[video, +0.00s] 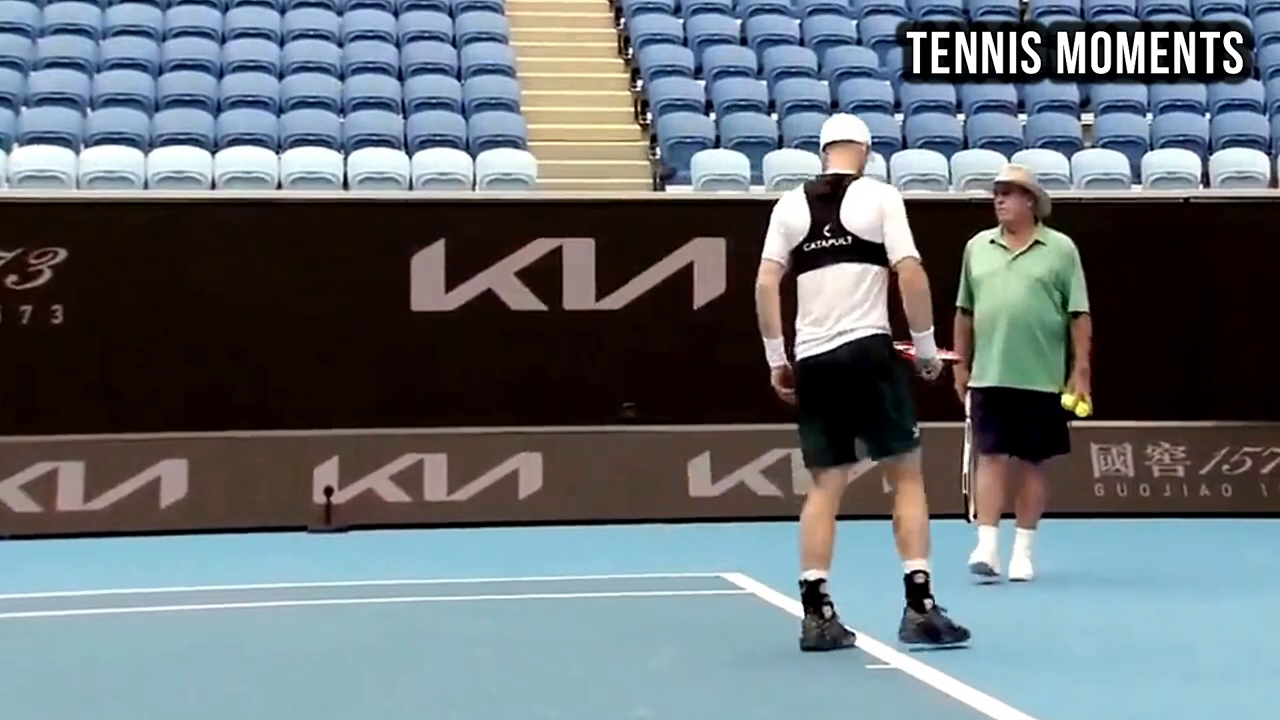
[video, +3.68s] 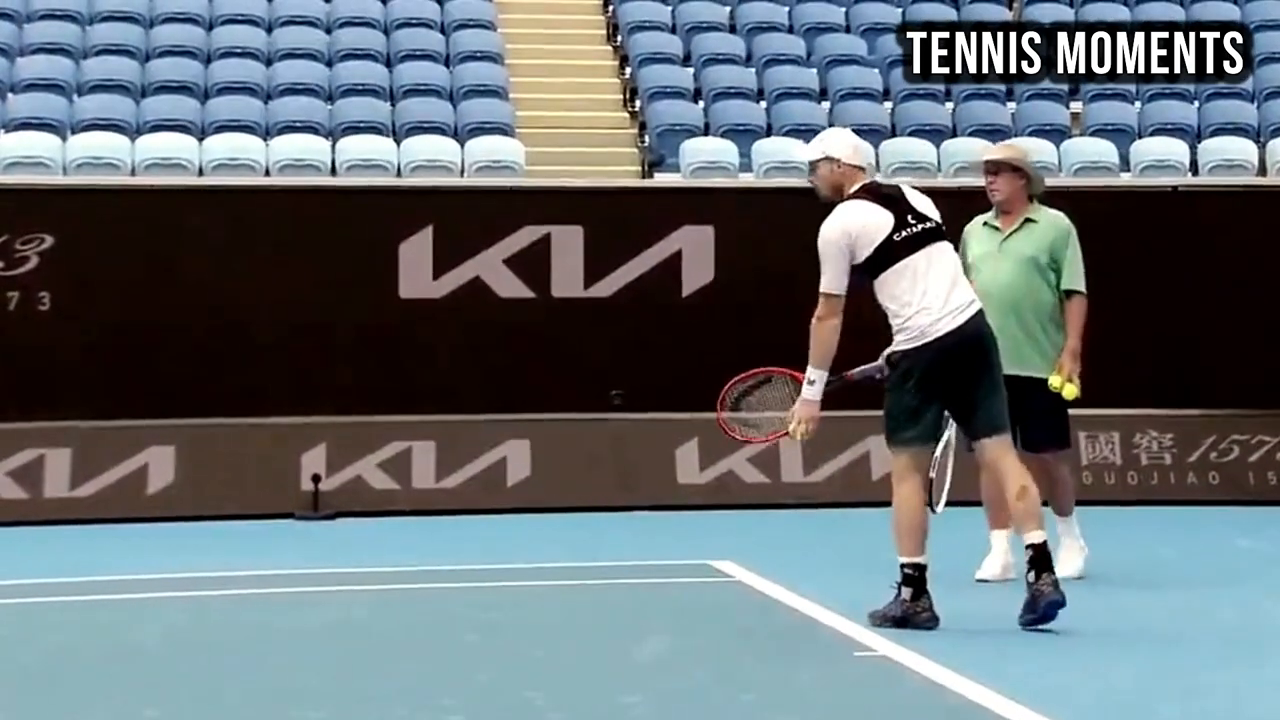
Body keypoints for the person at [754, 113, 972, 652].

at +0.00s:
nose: (864, 157)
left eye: (851, 148)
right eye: (866, 150)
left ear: (823, 153)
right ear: (864, 152)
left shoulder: (789, 204)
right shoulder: (882, 196)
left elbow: (767, 282)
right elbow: (909, 272)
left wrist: (777, 357)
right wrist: (927, 346)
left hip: (812, 363)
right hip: (874, 355)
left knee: (824, 484)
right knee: (905, 477)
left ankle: (816, 615)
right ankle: (920, 606)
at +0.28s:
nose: (892, 164)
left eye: (881, 157)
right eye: (900, 155)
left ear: (872, 162)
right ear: (914, 159)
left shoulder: (853, 209)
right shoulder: (950, 206)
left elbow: (835, 289)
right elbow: (987, 282)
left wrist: (833, 358)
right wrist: (990, 360)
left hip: (878, 374)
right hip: (943, 369)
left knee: (852, 490)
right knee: (972, 485)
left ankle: (825, 612)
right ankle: (1007, 610)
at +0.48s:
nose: (921, 169)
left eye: (918, 162)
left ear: (916, 167)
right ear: (959, 164)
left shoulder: (902, 210)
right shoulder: (997, 210)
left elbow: (889, 291)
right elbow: (1033, 287)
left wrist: (888, 358)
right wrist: (1037, 366)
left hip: (923, 374)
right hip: (986, 370)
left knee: (897, 483)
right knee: (999, 486)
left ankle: (890, 600)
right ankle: (1013, 618)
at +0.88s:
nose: (954, 162)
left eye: (944, 156)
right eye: (965, 151)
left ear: (940, 156)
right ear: (981, 151)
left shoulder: (931, 205)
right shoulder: (1019, 203)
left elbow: (920, 292)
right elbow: (1056, 286)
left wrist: (905, 360)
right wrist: (1063, 363)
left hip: (952, 370)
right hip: (1011, 366)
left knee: (947, 486)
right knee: (1005, 485)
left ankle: (971, 606)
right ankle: (1010, 614)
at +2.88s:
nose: (923, 159)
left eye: (923, 151)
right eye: (922, 151)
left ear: (932, 145)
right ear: (967, 136)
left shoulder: (939, 190)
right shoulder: (1020, 189)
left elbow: (931, 274)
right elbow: (1053, 275)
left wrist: (903, 347)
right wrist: (1046, 347)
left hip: (963, 352)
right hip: (1020, 348)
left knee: (936, 466)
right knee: (1020, 466)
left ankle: (916, 590)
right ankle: (1028, 596)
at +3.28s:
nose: (845, 164)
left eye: (849, 153)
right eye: (844, 154)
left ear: (873, 151)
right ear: (888, 152)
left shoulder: (871, 210)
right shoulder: (951, 188)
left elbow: (871, 299)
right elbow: (992, 269)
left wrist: (866, 384)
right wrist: (990, 334)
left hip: (927, 352)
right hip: (986, 342)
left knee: (911, 469)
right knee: (999, 463)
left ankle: (914, 592)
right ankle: (1025, 586)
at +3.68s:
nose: (813, 177)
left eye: (818, 167)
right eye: (813, 168)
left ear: (841, 167)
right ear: (859, 167)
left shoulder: (839, 224)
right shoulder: (912, 194)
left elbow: (828, 316)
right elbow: (938, 278)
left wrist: (811, 394)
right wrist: (903, 347)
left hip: (920, 354)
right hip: (974, 334)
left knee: (908, 472)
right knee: (1001, 454)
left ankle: (913, 595)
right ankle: (1043, 576)